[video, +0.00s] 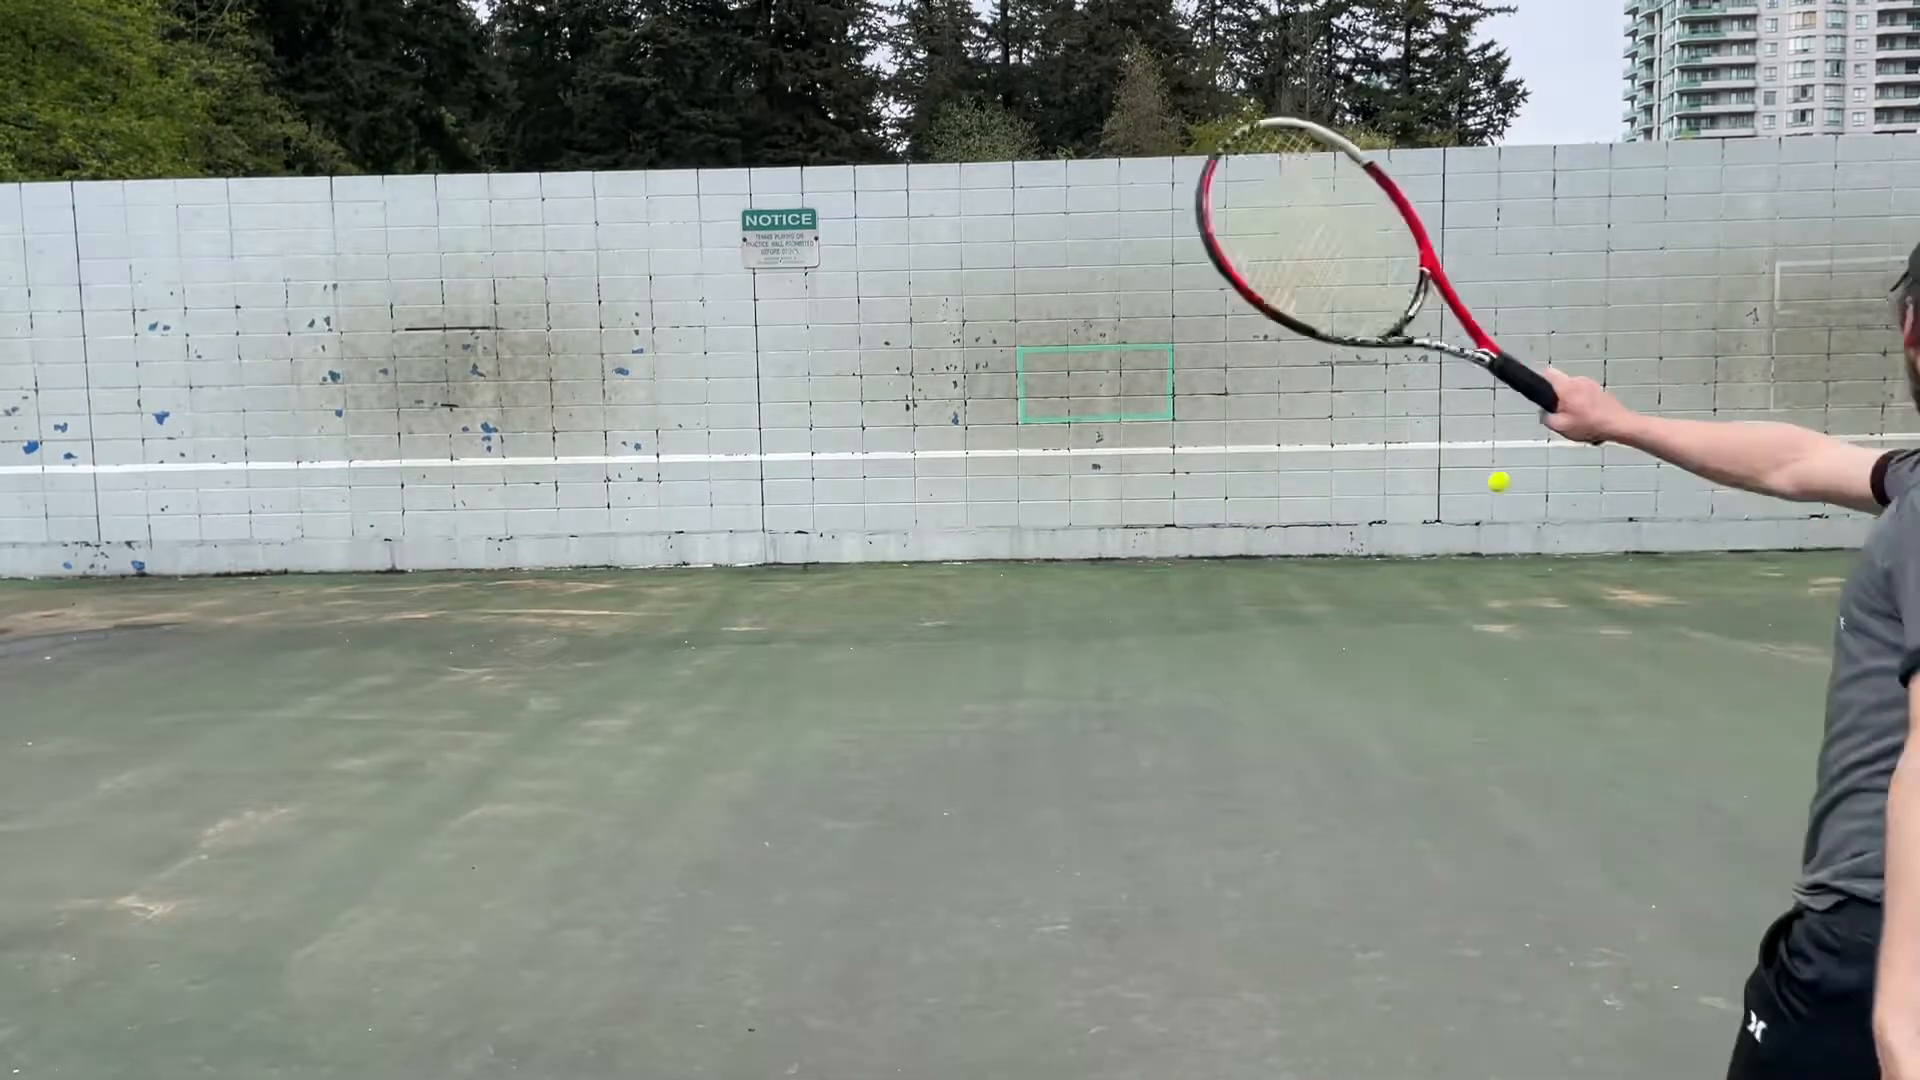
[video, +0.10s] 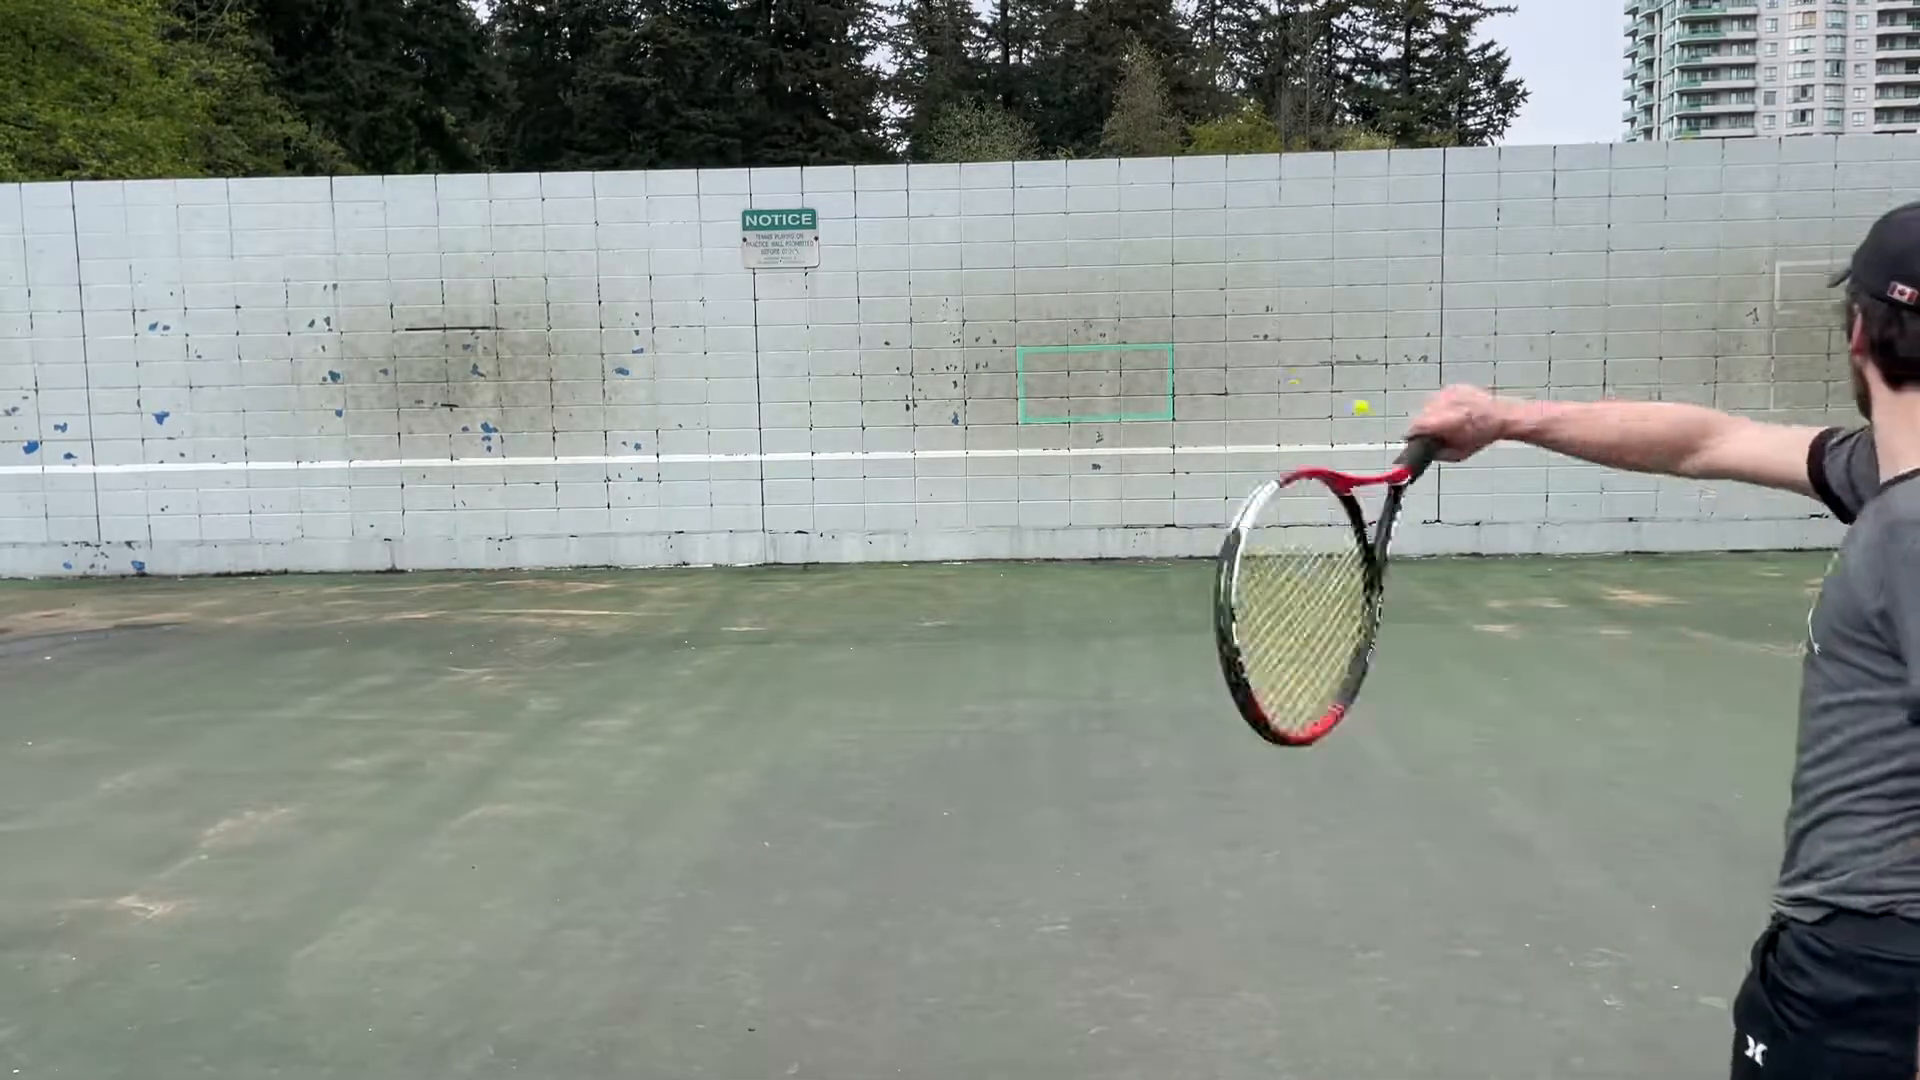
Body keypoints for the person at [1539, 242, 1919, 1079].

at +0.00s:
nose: (1903, 332)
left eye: (1902, 314)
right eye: (1912, 316)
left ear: (1908, 329)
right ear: (1917, 334)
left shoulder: (1909, 506)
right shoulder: (1907, 487)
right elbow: (1796, 461)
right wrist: (1616, 420)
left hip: (1858, 949)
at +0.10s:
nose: (1846, 335)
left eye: (1848, 312)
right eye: (1859, 309)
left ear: (1861, 333)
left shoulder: (1901, 521)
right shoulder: (1882, 478)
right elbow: (1709, 443)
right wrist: (1505, 417)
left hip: (1869, 963)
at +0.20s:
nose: (1787, 347)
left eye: (1791, 328)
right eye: (1790, 326)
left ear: (1804, 350)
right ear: (1911, 356)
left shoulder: (1898, 552)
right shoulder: (1827, 488)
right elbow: (1646, 508)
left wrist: (1896, 1047)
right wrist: (1473, 528)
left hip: (1853, 978)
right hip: (1803, 951)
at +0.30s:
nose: (1729, 355)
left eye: (1732, 336)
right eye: (1732, 334)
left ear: (1750, 359)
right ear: (1882, 358)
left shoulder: (1882, 558)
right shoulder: (1784, 503)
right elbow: (1626, 585)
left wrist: (1831, 988)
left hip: (1852, 982)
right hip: (1773, 958)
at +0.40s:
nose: (1675, 361)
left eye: (1677, 343)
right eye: (1680, 340)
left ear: (1697, 367)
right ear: (1823, 363)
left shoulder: (1836, 557)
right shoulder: (1763, 515)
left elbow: (1915, 807)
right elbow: (1661, 654)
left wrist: (1740, 918)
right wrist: (1544, 737)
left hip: (1827, 1004)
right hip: (1772, 983)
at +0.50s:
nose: (1625, 366)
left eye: (1627, 348)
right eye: (1626, 346)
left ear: (1645, 373)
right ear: (1771, 369)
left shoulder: (1754, 551)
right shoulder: (1811, 496)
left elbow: (1860, 800)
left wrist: (1645, 862)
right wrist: (1612, 775)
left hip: (1776, 969)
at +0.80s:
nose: (1506, 387)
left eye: (1507, 373)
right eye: (1509, 370)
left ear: (1520, 391)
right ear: (1636, 390)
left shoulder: (1492, 558)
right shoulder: (1722, 539)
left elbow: (1455, 774)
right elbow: (1769, 732)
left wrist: (1405, 745)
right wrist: (1640, 748)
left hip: (1570, 930)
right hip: (1703, 918)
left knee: (1588, 1064)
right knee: (1626, 1057)